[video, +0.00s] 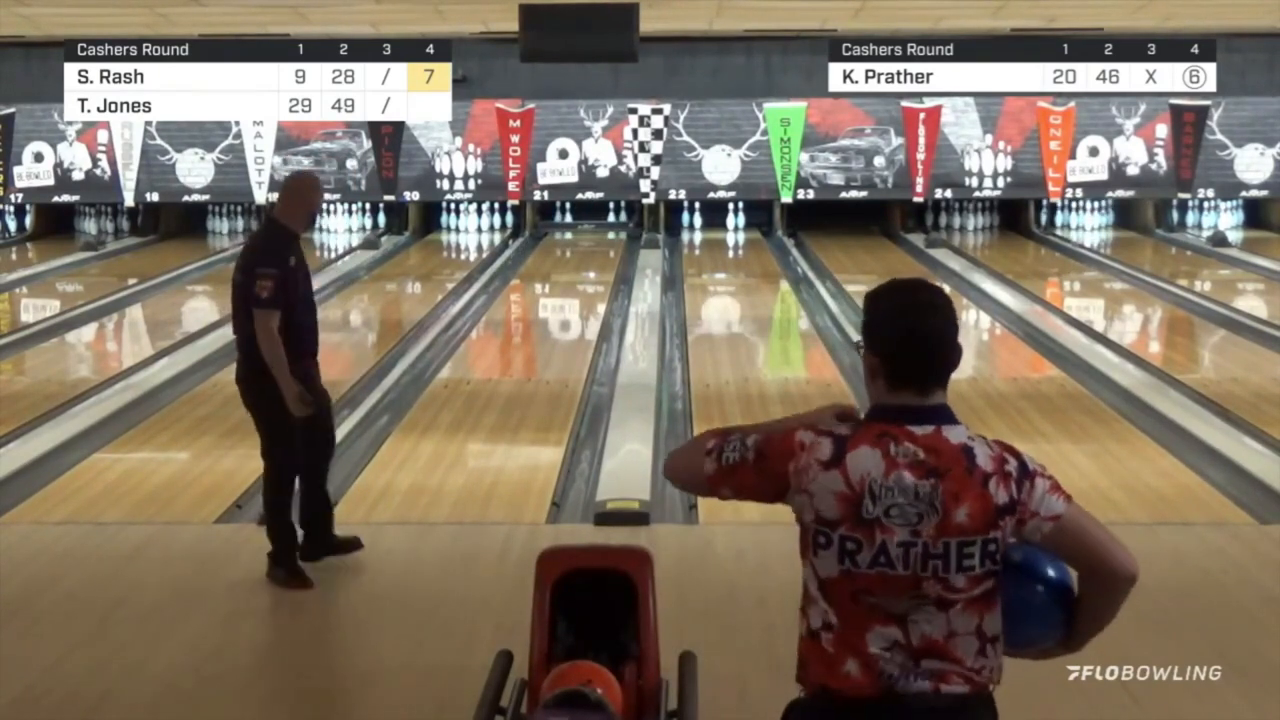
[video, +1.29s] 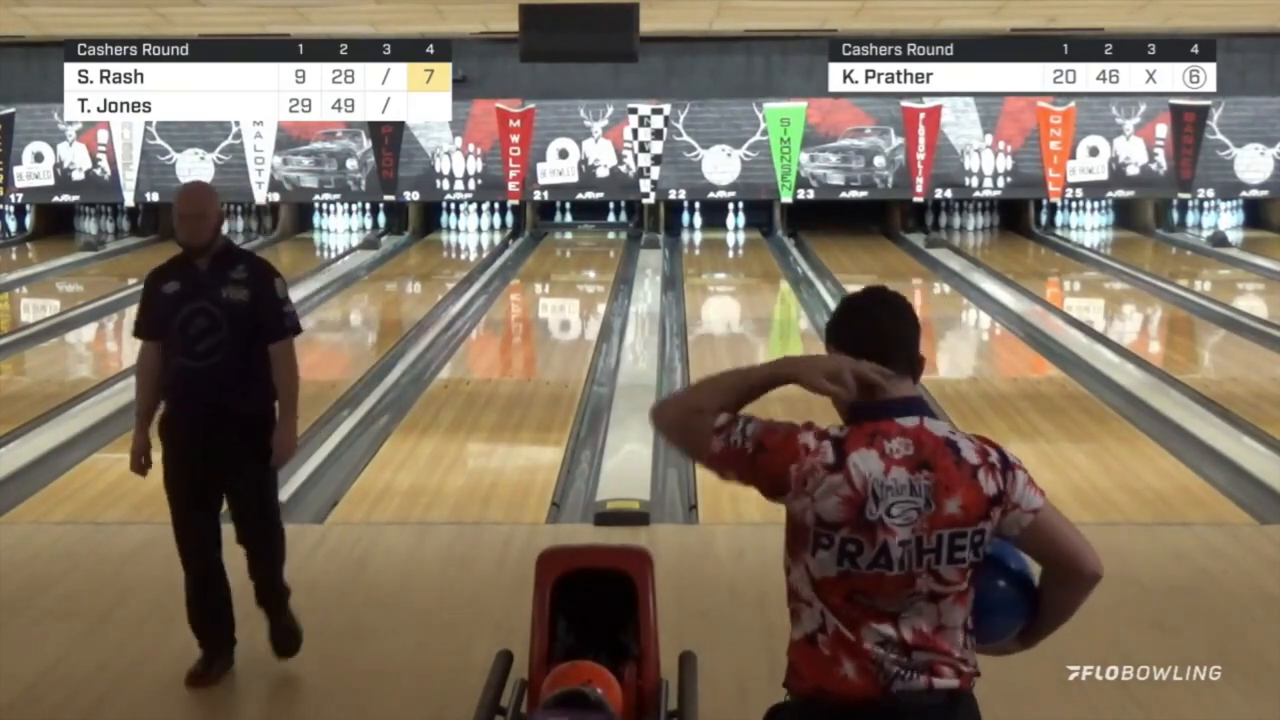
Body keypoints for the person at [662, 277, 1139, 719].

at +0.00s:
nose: (866, 358)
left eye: (865, 348)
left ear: (870, 361)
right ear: (955, 361)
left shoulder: (815, 459)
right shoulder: (1001, 470)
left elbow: (682, 465)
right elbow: (1115, 569)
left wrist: (802, 425)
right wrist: (1063, 636)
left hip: (838, 698)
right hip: (960, 700)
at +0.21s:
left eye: (867, 347)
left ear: (867, 361)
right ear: (955, 367)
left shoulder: (808, 460)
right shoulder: (998, 471)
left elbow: (680, 421)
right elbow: (1108, 574)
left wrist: (771, 358)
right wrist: (1044, 632)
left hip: (835, 699)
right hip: (959, 700)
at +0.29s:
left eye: (866, 347)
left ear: (865, 360)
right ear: (954, 368)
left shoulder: (808, 461)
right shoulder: (998, 472)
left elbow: (685, 397)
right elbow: (1107, 573)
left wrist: (754, 307)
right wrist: (1044, 631)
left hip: (836, 699)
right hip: (960, 700)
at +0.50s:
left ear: (860, 360)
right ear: (948, 367)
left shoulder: (808, 457)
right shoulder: (992, 469)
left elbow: (712, 362)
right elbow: (1104, 571)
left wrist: (807, 295)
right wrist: (1050, 632)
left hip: (835, 695)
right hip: (956, 695)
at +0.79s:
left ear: (866, 364)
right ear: (948, 369)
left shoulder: (814, 456)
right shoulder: (995, 472)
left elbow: (729, 339)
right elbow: (1104, 576)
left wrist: (842, 358)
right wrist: (1047, 636)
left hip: (834, 698)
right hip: (955, 699)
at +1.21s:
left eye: (845, 365)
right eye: (925, 353)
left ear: (839, 371)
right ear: (928, 364)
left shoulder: (811, 456)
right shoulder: (987, 464)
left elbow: (696, 378)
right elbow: (1086, 565)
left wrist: (817, 364)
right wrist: (1032, 630)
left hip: (831, 694)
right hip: (949, 694)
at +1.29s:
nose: (839, 369)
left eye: (835, 363)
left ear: (837, 370)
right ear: (920, 363)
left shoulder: (810, 458)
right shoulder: (984, 463)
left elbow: (675, 416)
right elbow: (1079, 566)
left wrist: (786, 368)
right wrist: (1021, 632)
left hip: (830, 695)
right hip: (944, 695)